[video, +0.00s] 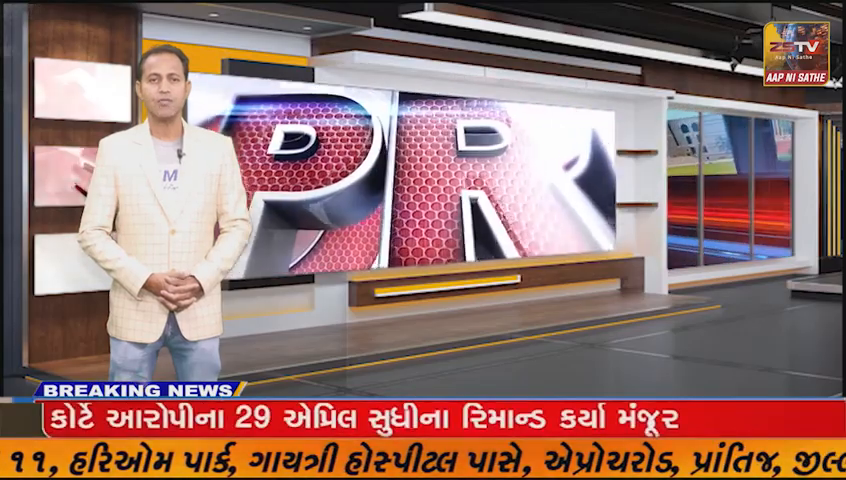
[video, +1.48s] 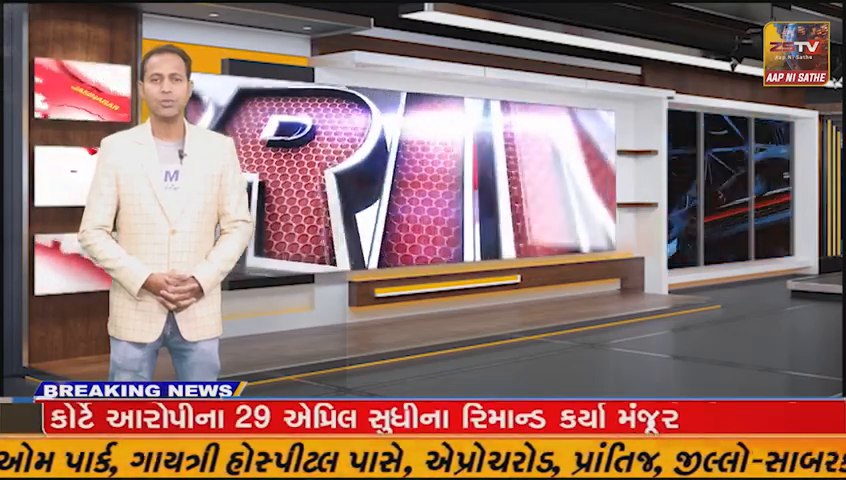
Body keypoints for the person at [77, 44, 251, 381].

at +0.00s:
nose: (164, 88)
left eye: (173, 79)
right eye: (153, 79)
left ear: (187, 88)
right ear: (140, 89)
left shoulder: (218, 147)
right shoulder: (115, 148)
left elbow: (238, 225)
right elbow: (92, 232)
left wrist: (201, 280)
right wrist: (146, 279)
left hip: (199, 310)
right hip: (135, 311)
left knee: (204, 420)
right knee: (125, 420)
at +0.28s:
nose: (166, 88)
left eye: (176, 79)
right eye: (156, 79)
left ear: (189, 89)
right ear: (142, 89)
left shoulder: (219, 148)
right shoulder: (116, 148)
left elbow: (238, 225)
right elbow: (93, 232)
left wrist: (202, 280)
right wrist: (146, 279)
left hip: (199, 310)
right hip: (135, 310)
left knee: (205, 419)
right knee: (126, 420)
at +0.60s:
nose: (168, 88)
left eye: (178, 79)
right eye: (158, 79)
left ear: (190, 88)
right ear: (143, 89)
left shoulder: (220, 148)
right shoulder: (117, 147)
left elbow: (239, 225)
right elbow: (93, 232)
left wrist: (202, 280)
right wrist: (146, 279)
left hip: (199, 309)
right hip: (136, 310)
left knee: (205, 419)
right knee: (125, 420)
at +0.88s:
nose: (168, 88)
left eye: (178, 79)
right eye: (158, 79)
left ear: (191, 89)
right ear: (144, 89)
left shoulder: (220, 148)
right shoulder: (117, 148)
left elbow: (239, 225)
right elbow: (93, 231)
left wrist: (202, 280)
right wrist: (146, 279)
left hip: (199, 309)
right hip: (135, 310)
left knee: (205, 419)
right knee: (125, 419)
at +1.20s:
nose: (167, 88)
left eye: (177, 79)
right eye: (157, 79)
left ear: (190, 88)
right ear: (143, 88)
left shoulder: (220, 147)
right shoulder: (117, 147)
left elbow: (239, 225)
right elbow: (92, 231)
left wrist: (201, 280)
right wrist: (145, 279)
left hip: (198, 309)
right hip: (135, 309)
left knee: (205, 419)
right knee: (125, 420)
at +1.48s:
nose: (166, 88)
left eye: (176, 79)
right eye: (156, 79)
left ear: (189, 88)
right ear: (142, 89)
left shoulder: (220, 147)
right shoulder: (116, 148)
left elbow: (239, 224)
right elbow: (92, 232)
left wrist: (202, 280)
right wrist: (145, 279)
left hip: (198, 309)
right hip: (134, 310)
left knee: (205, 419)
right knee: (125, 420)